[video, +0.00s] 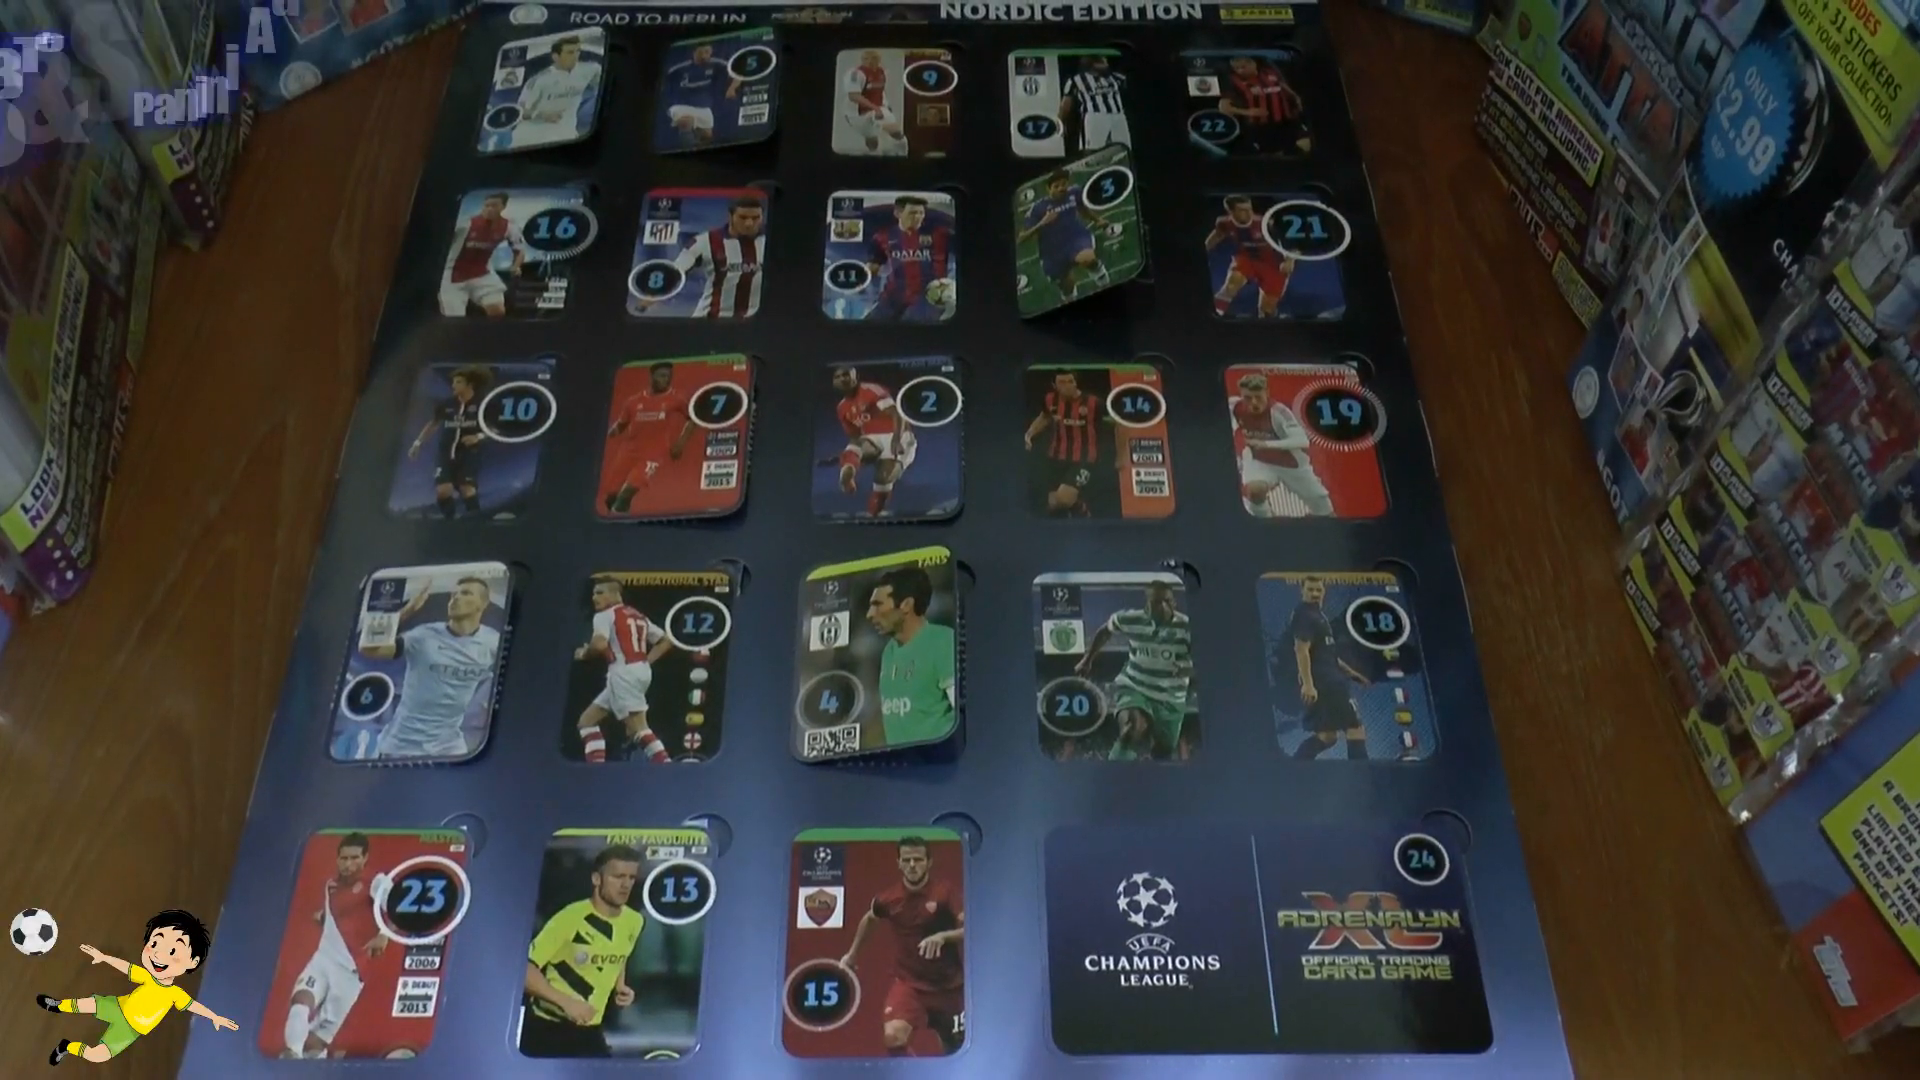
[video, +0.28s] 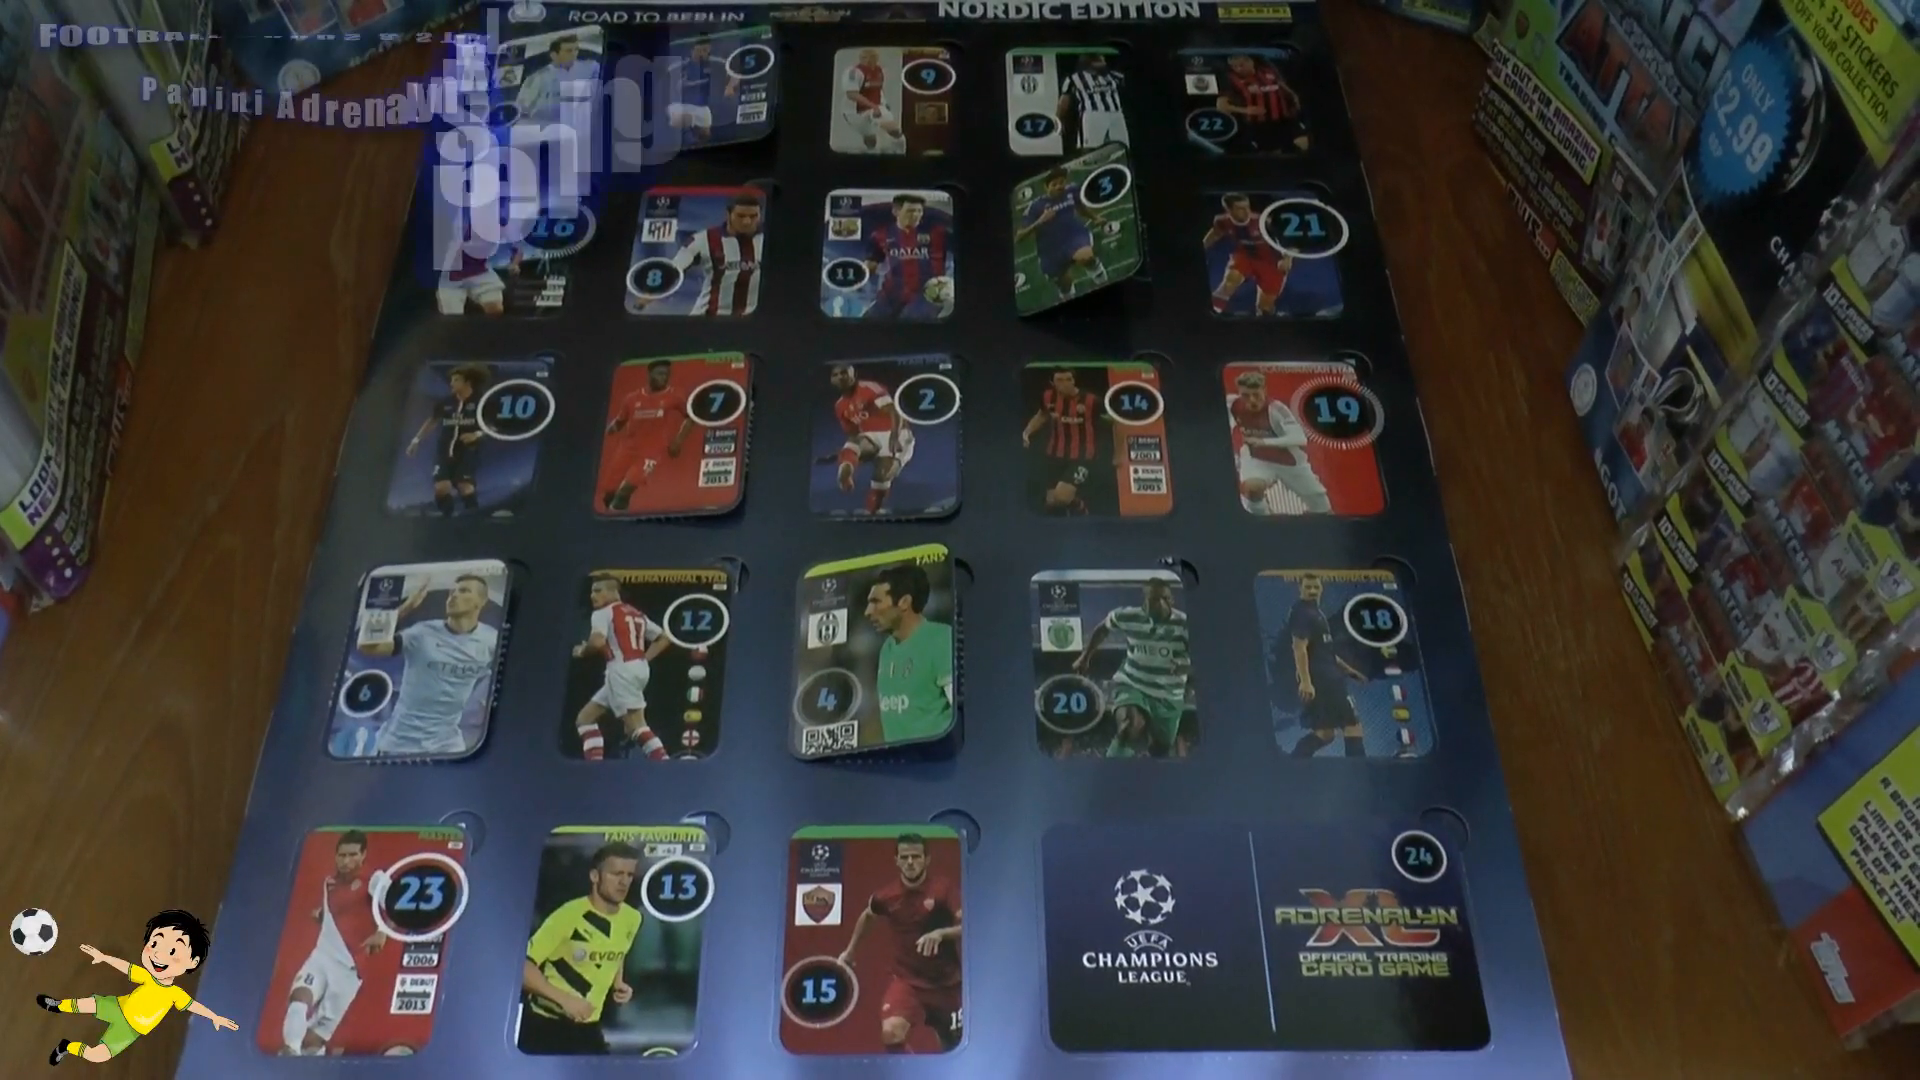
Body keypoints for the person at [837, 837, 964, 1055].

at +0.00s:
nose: (912, 866)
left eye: (918, 860)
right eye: (906, 860)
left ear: (928, 862)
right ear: (899, 864)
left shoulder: (945, 893)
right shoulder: (886, 900)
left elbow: (969, 929)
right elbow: (869, 920)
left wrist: (943, 936)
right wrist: (851, 955)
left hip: (948, 987)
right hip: (908, 984)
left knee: (957, 1052)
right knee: (893, 1037)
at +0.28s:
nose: (910, 863)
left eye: (916, 857)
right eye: (904, 858)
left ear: (926, 859)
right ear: (896, 861)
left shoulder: (943, 890)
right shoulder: (884, 898)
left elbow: (967, 926)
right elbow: (867, 917)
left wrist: (941, 933)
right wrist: (849, 951)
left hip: (946, 985)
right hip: (906, 982)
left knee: (954, 1051)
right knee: (891, 1033)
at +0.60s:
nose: (911, 860)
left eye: (916, 854)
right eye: (905, 855)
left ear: (927, 857)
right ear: (897, 859)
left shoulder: (944, 887)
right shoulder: (885, 895)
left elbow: (967, 924)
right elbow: (867, 914)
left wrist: (941, 931)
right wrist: (850, 948)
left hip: (946, 982)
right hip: (906, 979)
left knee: (955, 1048)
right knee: (891, 1030)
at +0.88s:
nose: (911, 861)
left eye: (917, 855)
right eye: (905, 855)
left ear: (927, 857)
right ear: (897, 859)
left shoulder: (944, 887)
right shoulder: (885, 895)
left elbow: (968, 924)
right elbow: (868, 915)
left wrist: (942, 931)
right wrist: (850, 948)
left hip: (947, 982)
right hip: (907, 979)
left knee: (954, 1049)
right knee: (892, 1030)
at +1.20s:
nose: (911, 862)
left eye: (916, 856)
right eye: (905, 856)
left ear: (927, 858)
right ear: (897, 860)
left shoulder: (944, 888)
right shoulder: (885, 896)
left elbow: (969, 925)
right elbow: (868, 916)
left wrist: (942, 932)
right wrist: (850, 949)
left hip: (947, 983)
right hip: (906, 980)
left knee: (955, 1050)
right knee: (892, 1031)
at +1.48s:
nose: (911, 862)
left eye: (916, 856)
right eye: (905, 857)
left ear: (927, 858)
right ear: (897, 860)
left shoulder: (944, 888)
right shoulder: (886, 896)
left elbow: (968, 925)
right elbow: (868, 916)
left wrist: (941, 933)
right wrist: (850, 950)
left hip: (946, 983)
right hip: (906, 980)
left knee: (956, 1049)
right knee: (892, 1031)